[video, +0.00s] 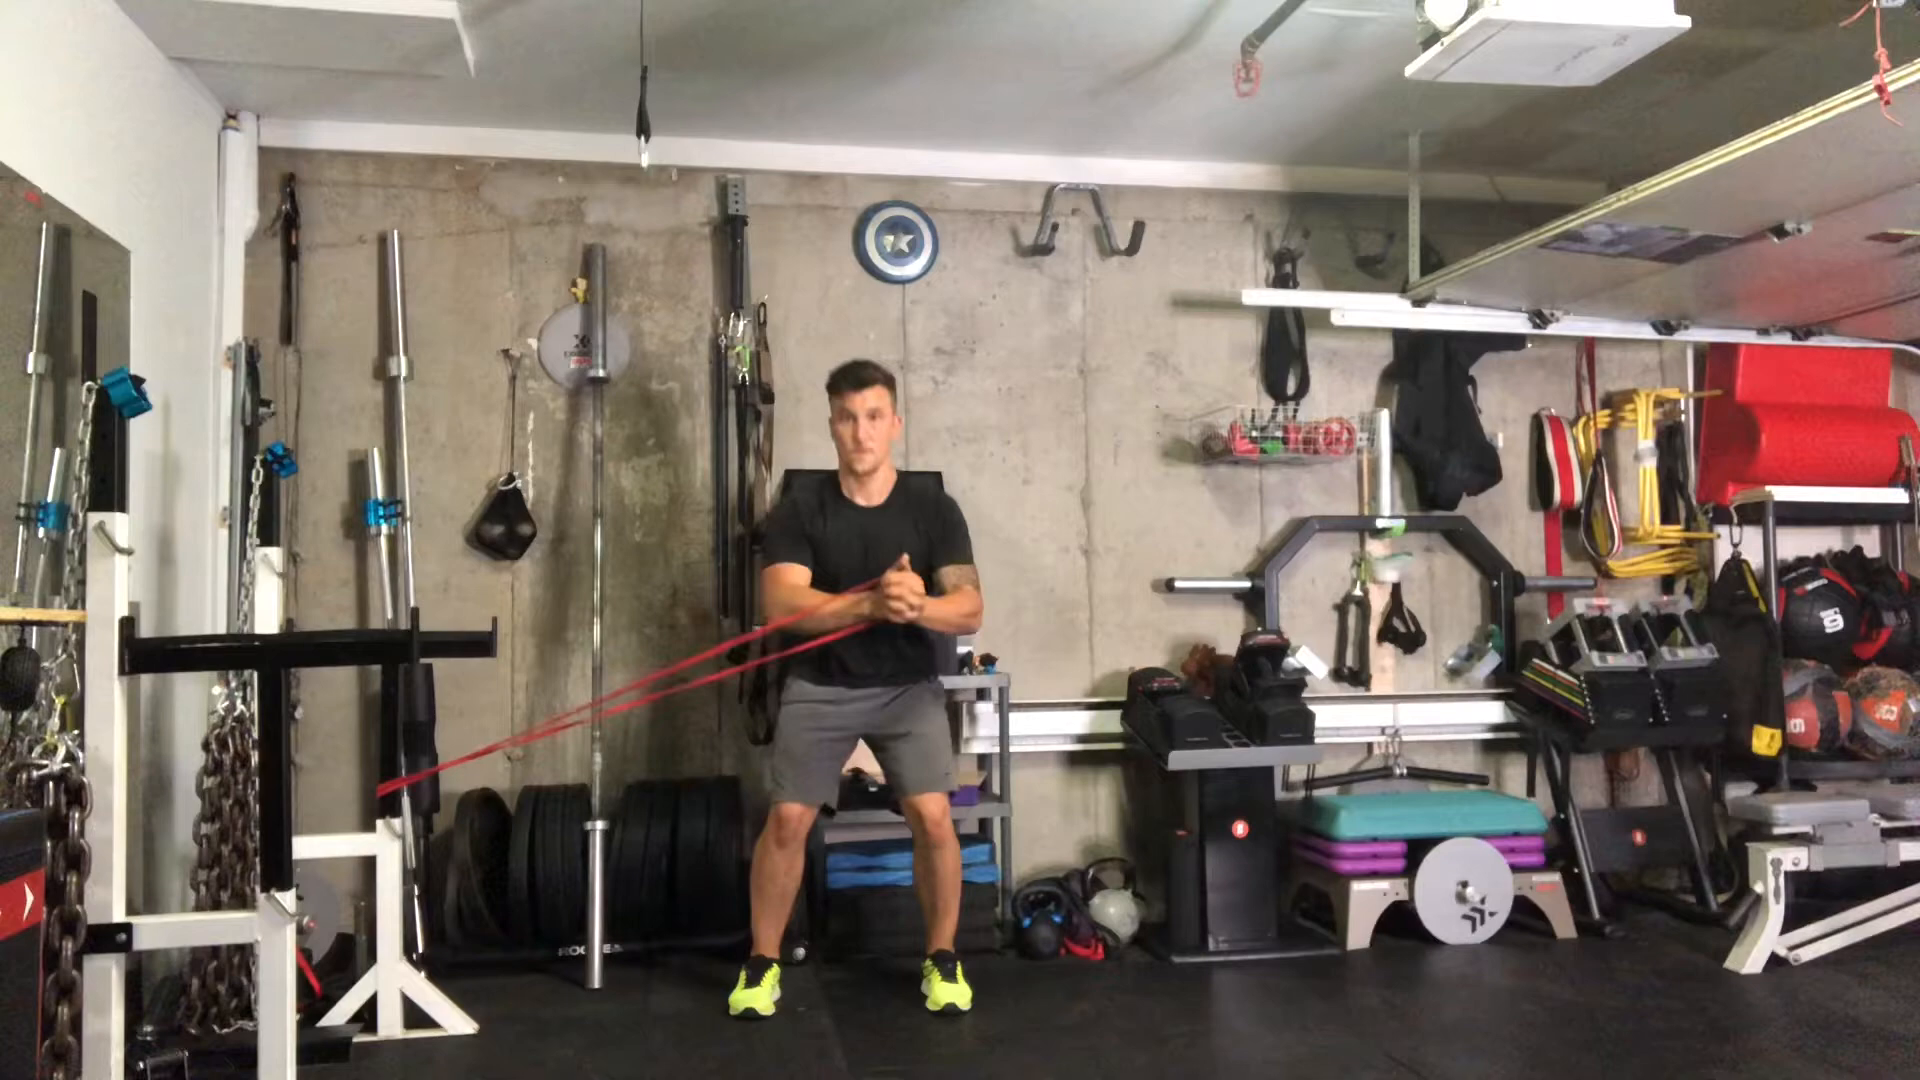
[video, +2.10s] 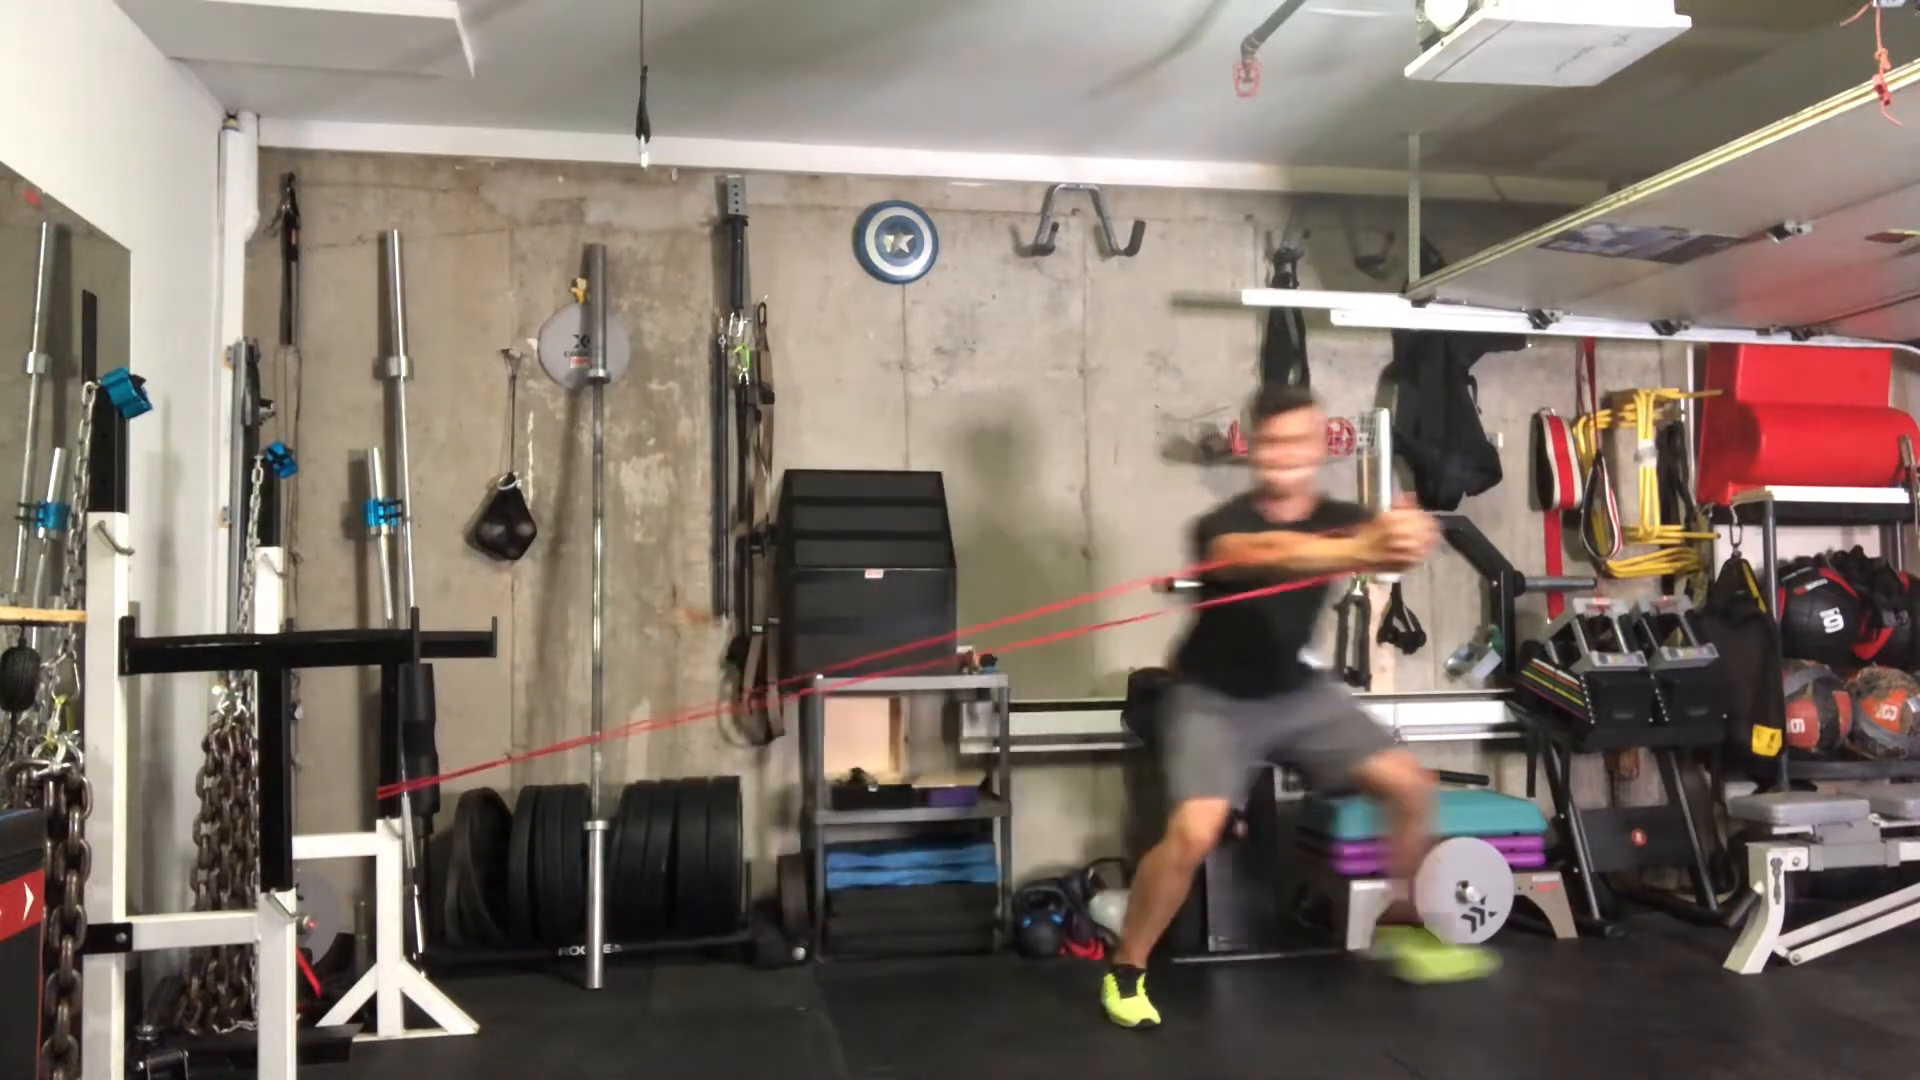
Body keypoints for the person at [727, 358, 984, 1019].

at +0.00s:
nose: (860, 431)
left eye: (874, 417)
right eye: (848, 418)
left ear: (896, 423)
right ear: (832, 425)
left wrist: (917, 608)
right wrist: (867, 603)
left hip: (908, 691)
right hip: (817, 692)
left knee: (933, 814)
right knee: (787, 817)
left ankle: (943, 958)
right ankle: (762, 964)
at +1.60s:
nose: (911, 524)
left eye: (925, 509)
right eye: (899, 510)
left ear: (950, 512)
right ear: (882, 518)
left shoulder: (986, 574)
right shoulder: (865, 591)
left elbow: (1013, 611)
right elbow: (877, 637)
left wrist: (1003, 618)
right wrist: (968, 632)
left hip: (967, 736)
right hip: (879, 742)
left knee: (1034, 818)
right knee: (832, 860)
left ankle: (994, 945)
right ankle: (765, 965)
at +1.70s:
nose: (979, 500)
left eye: (992, 485)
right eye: (967, 487)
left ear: (1017, 486)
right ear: (952, 492)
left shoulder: (1039, 559)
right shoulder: (923, 575)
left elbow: (1093, 586)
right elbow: (983, 607)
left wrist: (1105, 591)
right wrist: (1058, 604)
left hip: (1010, 729)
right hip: (921, 737)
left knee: (1108, 801)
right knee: (848, 854)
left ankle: (1133, 937)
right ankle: (765, 966)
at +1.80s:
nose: (1065, 471)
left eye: (1077, 456)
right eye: (1052, 458)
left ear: (1103, 456)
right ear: (1036, 464)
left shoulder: (1126, 527)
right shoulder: (1016, 542)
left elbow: (1167, 562)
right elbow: (1083, 573)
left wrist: (1210, 547)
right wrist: (1166, 561)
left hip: (1077, 711)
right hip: (991, 717)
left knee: (1170, 812)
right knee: (914, 834)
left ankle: (1190, 973)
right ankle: (780, 955)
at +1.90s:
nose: (1150, 458)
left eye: (1163, 443)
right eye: (1138, 445)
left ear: (1185, 448)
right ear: (1119, 451)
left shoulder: (1205, 517)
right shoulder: (1089, 527)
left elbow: (1249, 547)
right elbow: (1156, 552)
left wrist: (1270, 532)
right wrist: (1233, 543)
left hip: (1159, 695)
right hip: (1080, 692)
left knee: (1222, 813)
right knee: (1039, 807)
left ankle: (1192, 971)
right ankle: (943, 924)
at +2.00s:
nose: (1220, 456)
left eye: (1234, 442)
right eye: (1207, 443)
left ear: (1253, 449)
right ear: (1187, 449)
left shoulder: (1275, 516)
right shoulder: (1153, 525)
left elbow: (1325, 541)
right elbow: (1211, 553)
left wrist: (1332, 535)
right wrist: (1295, 551)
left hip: (1233, 680)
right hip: (1150, 681)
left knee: (1305, 792)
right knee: (1157, 804)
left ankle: (1245, 942)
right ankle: (1112, 958)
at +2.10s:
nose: (1285, 459)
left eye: (1299, 445)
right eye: (1271, 445)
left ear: (1321, 449)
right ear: (1251, 450)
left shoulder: (1339, 520)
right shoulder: (1224, 527)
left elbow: (1383, 550)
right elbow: (1269, 555)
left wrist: (1411, 539)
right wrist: (1362, 545)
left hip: (1294, 689)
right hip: (1211, 696)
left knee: (1409, 783)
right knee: (1195, 830)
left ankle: (1404, 924)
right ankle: (1127, 969)